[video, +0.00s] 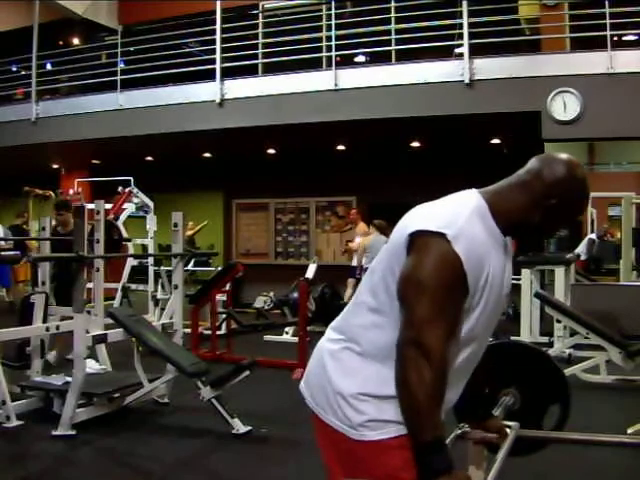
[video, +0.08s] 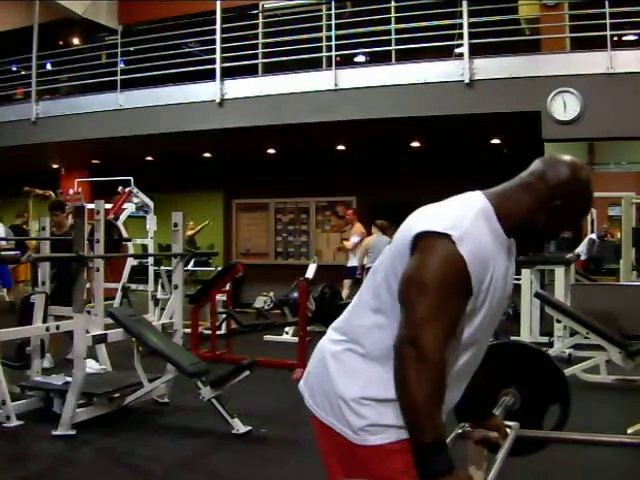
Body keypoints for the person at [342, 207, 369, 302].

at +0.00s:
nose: (350, 217)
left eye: (353, 214)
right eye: (350, 214)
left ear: (358, 215)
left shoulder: (361, 228)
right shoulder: (358, 227)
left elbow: (358, 245)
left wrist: (349, 246)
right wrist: (350, 246)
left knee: (351, 282)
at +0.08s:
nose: (347, 217)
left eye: (349, 215)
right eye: (346, 215)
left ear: (354, 216)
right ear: (346, 216)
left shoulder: (358, 228)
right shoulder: (353, 228)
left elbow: (350, 245)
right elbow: (351, 245)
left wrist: (343, 242)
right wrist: (343, 248)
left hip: (355, 263)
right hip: (353, 263)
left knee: (347, 286)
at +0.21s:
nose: (342, 217)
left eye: (344, 214)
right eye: (340, 215)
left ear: (349, 215)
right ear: (339, 216)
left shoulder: (352, 228)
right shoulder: (344, 227)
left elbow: (341, 243)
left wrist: (335, 238)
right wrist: (335, 240)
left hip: (349, 263)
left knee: (341, 286)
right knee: (353, 285)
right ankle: (369, 296)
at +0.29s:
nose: (337, 215)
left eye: (340, 213)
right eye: (336, 213)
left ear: (345, 214)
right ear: (335, 215)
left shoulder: (348, 227)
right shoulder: (339, 227)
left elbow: (335, 239)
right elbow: (329, 243)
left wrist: (330, 235)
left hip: (346, 262)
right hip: (338, 262)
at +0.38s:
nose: (332, 215)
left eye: (335, 213)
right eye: (332, 213)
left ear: (341, 214)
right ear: (331, 214)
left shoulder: (344, 226)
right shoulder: (336, 226)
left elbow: (330, 236)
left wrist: (326, 232)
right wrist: (327, 233)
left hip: (340, 261)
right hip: (334, 260)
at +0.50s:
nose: (326, 215)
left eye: (329, 212)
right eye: (326, 212)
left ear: (335, 213)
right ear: (325, 214)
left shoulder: (337, 225)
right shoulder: (328, 226)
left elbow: (333, 230)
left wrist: (320, 229)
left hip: (333, 259)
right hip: (325, 259)